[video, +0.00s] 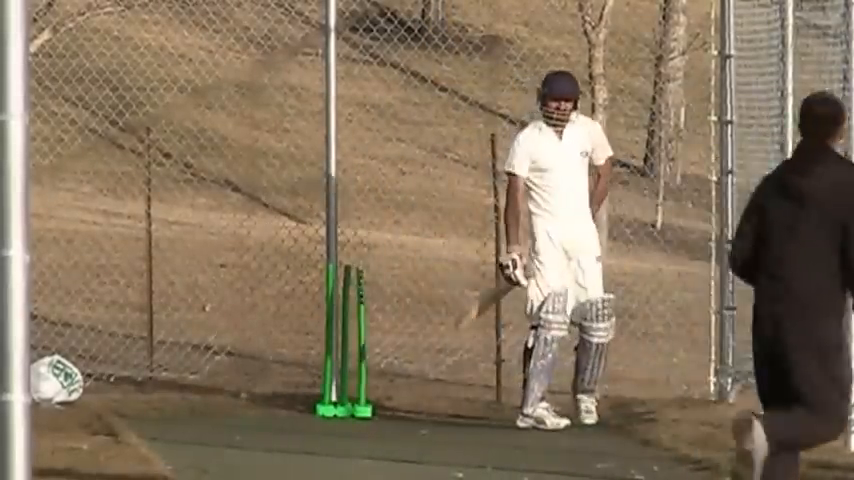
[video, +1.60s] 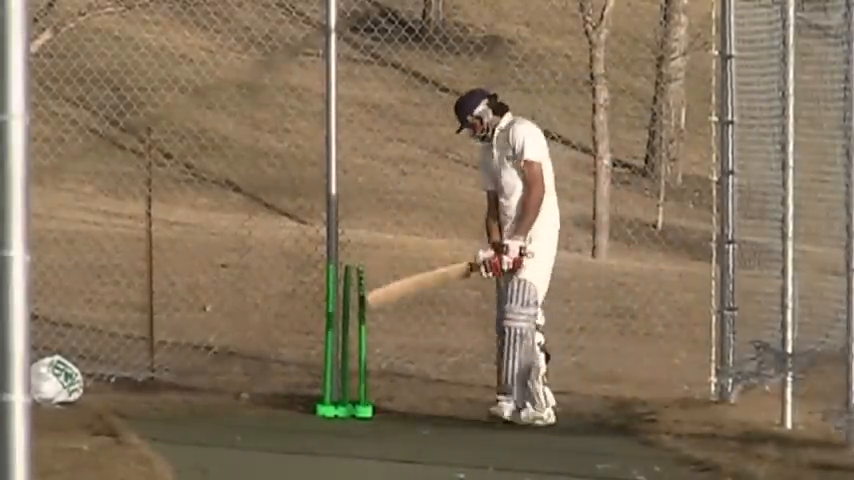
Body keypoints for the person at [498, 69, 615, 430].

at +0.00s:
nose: (560, 109)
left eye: (567, 103)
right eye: (553, 102)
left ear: (576, 104)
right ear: (542, 101)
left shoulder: (588, 130)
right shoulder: (527, 140)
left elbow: (605, 171)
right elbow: (514, 197)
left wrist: (589, 213)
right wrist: (514, 247)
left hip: (584, 238)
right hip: (546, 241)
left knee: (596, 316)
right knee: (551, 318)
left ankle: (586, 393)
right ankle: (533, 404)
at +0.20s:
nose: (580, 108)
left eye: (587, 102)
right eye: (573, 101)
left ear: (597, 104)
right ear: (562, 100)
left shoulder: (609, 135)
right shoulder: (543, 134)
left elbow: (624, 182)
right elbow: (521, 186)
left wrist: (623, 233)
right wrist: (508, 234)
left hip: (591, 241)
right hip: (551, 239)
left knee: (589, 320)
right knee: (552, 317)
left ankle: (583, 399)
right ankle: (535, 402)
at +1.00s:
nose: (567, 105)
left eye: (574, 99)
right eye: (560, 99)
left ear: (586, 100)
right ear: (552, 102)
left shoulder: (599, 137)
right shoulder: (543, 141)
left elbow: (594, 190)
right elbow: (536, 193)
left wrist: (583, 240)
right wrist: (521, 231)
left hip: (583, 247)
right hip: (544, 247)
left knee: (586, 323)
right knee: (523, 320)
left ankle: (583, 402)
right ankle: (535, 399)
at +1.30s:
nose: (526, 112)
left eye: (530, 104)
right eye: (519, 107)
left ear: (544, 98)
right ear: (513, 109)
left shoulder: (568, 131)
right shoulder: (511, 143)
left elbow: (569, 185)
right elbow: (508, 192)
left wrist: (536, 222)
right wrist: (508, 227)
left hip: (559, 246)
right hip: (523, 247)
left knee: (570, 321)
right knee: (523, 324)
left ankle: (579, 401)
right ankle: (538, 404)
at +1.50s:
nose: (488, 126)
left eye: (490, 117)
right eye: (483, 121)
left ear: (503, 108)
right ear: (484, 120)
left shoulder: (539, 130)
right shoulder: (495, 149)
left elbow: (550, 187)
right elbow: (496, 201)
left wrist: (525, 231)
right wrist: (499, 238)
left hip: (544, 238)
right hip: (515, 242)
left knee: (535, 314)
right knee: (515, 319)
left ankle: (541, 399)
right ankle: (536, 396)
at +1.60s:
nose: (473, 131)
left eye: (473, 123)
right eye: (468, 127)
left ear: (486, 113)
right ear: (475, 122)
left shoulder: (522, 132)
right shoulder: (489, 149)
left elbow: (536, 188)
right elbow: (493, 205)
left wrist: (517, 239)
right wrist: (495, 245)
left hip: (533, 243)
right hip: (511, 246)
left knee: (518, 319)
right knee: (511, 320)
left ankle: (534, 402)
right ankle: (515, 398)